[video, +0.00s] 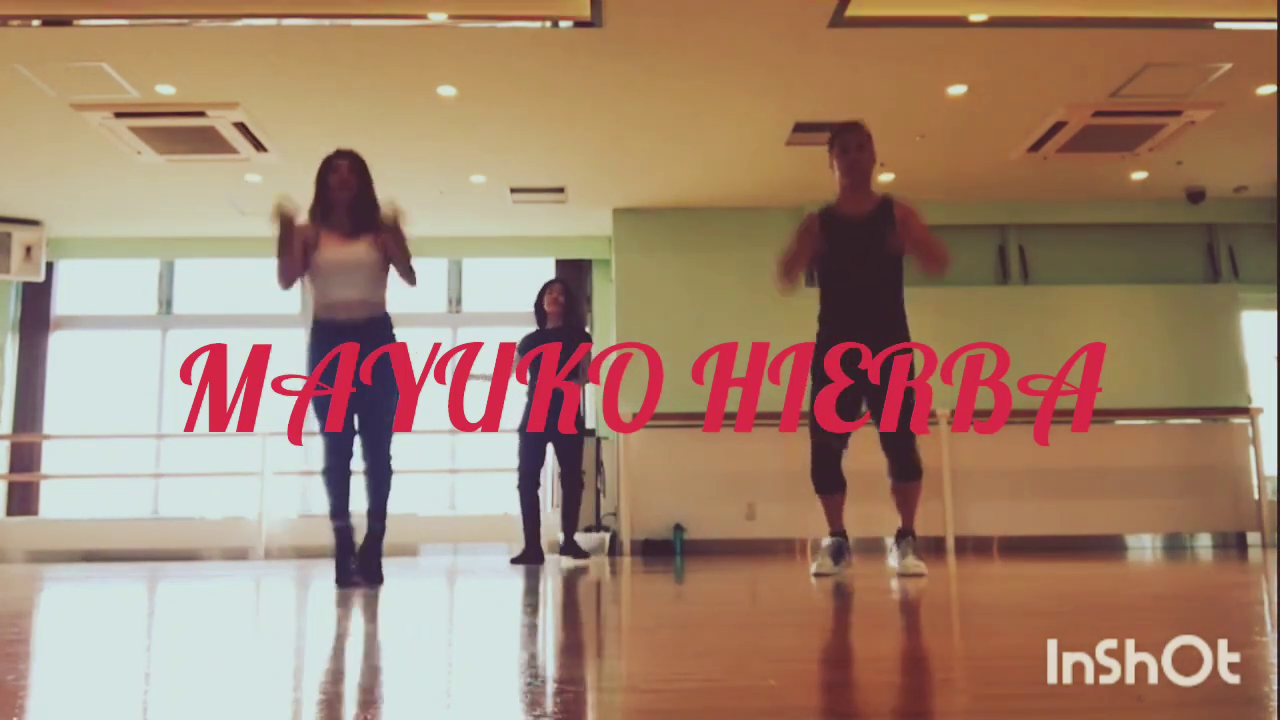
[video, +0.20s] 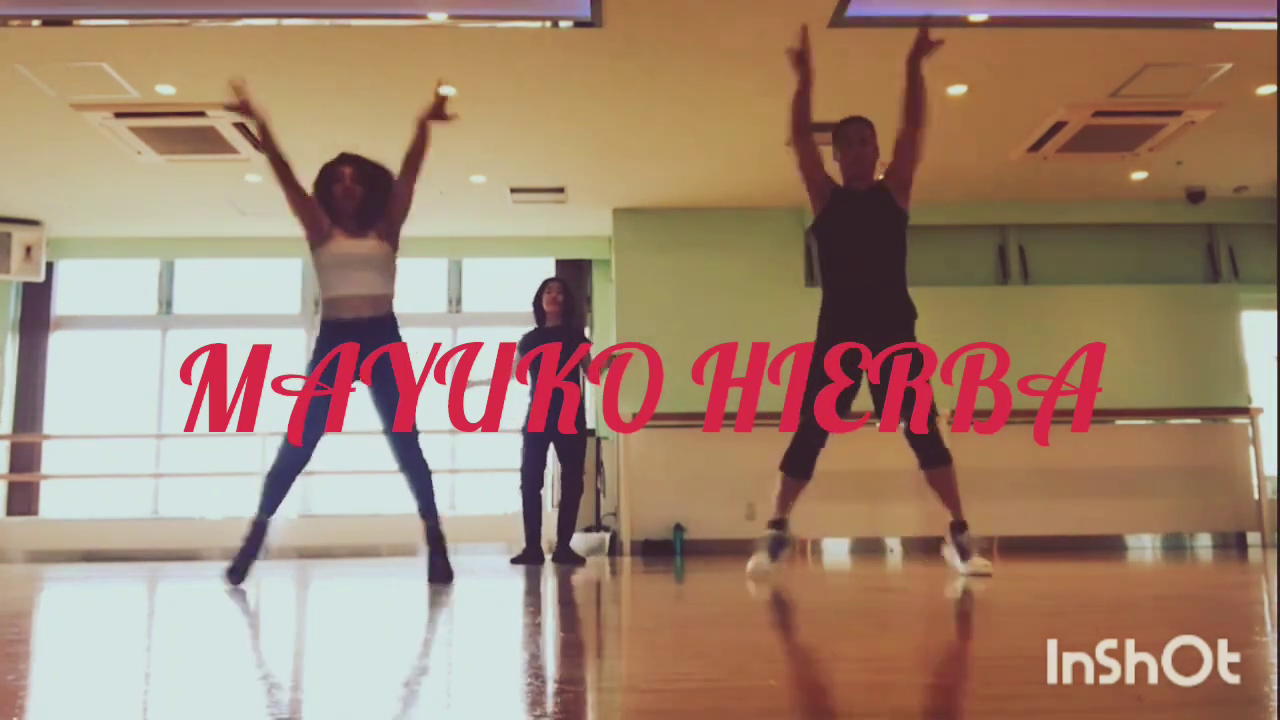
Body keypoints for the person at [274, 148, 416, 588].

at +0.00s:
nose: (342, 179)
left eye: (351, 173)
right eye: (334, 172)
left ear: (363, 181)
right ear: (323, 181)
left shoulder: (379, 226)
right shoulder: (309, 228)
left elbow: (409, 276)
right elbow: (286, 278)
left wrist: (395, 239)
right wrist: (286, 233)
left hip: (375, 336)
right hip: (329, 338)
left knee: (377, 445)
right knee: (337, 443)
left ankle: (374, 542)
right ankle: (343, 542)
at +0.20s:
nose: (346, 187)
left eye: (354, 180)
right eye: (337, 181)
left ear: (369, 188)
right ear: (325, 193)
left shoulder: (385, 227)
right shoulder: (320, 229)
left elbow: (409, 174)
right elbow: (285, 175)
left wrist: (425, 122)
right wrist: (257, 122)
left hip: (383, 341)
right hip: (334, 342)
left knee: (406, 448)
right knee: (297, 449)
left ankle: (436, 544)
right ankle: (255, 536)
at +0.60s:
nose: (338, 203)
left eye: (345, 195)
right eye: (329, 196)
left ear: (359, 204)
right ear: (315, 204)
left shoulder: (367, 243)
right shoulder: (304, 238)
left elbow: (377, 181)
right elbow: (307, 175)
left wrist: (358, 133)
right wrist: (330, 119)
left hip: (376, 352)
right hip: (328, 358)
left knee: (410, 454)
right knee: (284, 459)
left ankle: (443, 543)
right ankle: (236, 547)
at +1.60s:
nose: (342, 209)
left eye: (350, 202)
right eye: (336, 202)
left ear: (364, 210)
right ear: (324, 209)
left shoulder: (380, 251)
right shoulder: (309, 247)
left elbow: (370, 219)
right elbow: (306, 185)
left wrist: (376, 208)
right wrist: (331, 185)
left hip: (378, 354)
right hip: (329, 361)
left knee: (412, 451)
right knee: (289, 457)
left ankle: (444, 540)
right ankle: (237, 543)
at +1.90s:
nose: (339, 218)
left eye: (347, 211)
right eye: (331, 210)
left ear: (361, 220)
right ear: (315, 217)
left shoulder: (370, 272)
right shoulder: (293, 247)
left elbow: (349, 278)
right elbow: (300, 247)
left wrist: (357, 230)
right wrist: (311, 222)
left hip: (360, 365)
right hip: (313, 368)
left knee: (401, 457)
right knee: (270, 461)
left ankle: (441, 541)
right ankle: (236, 548)